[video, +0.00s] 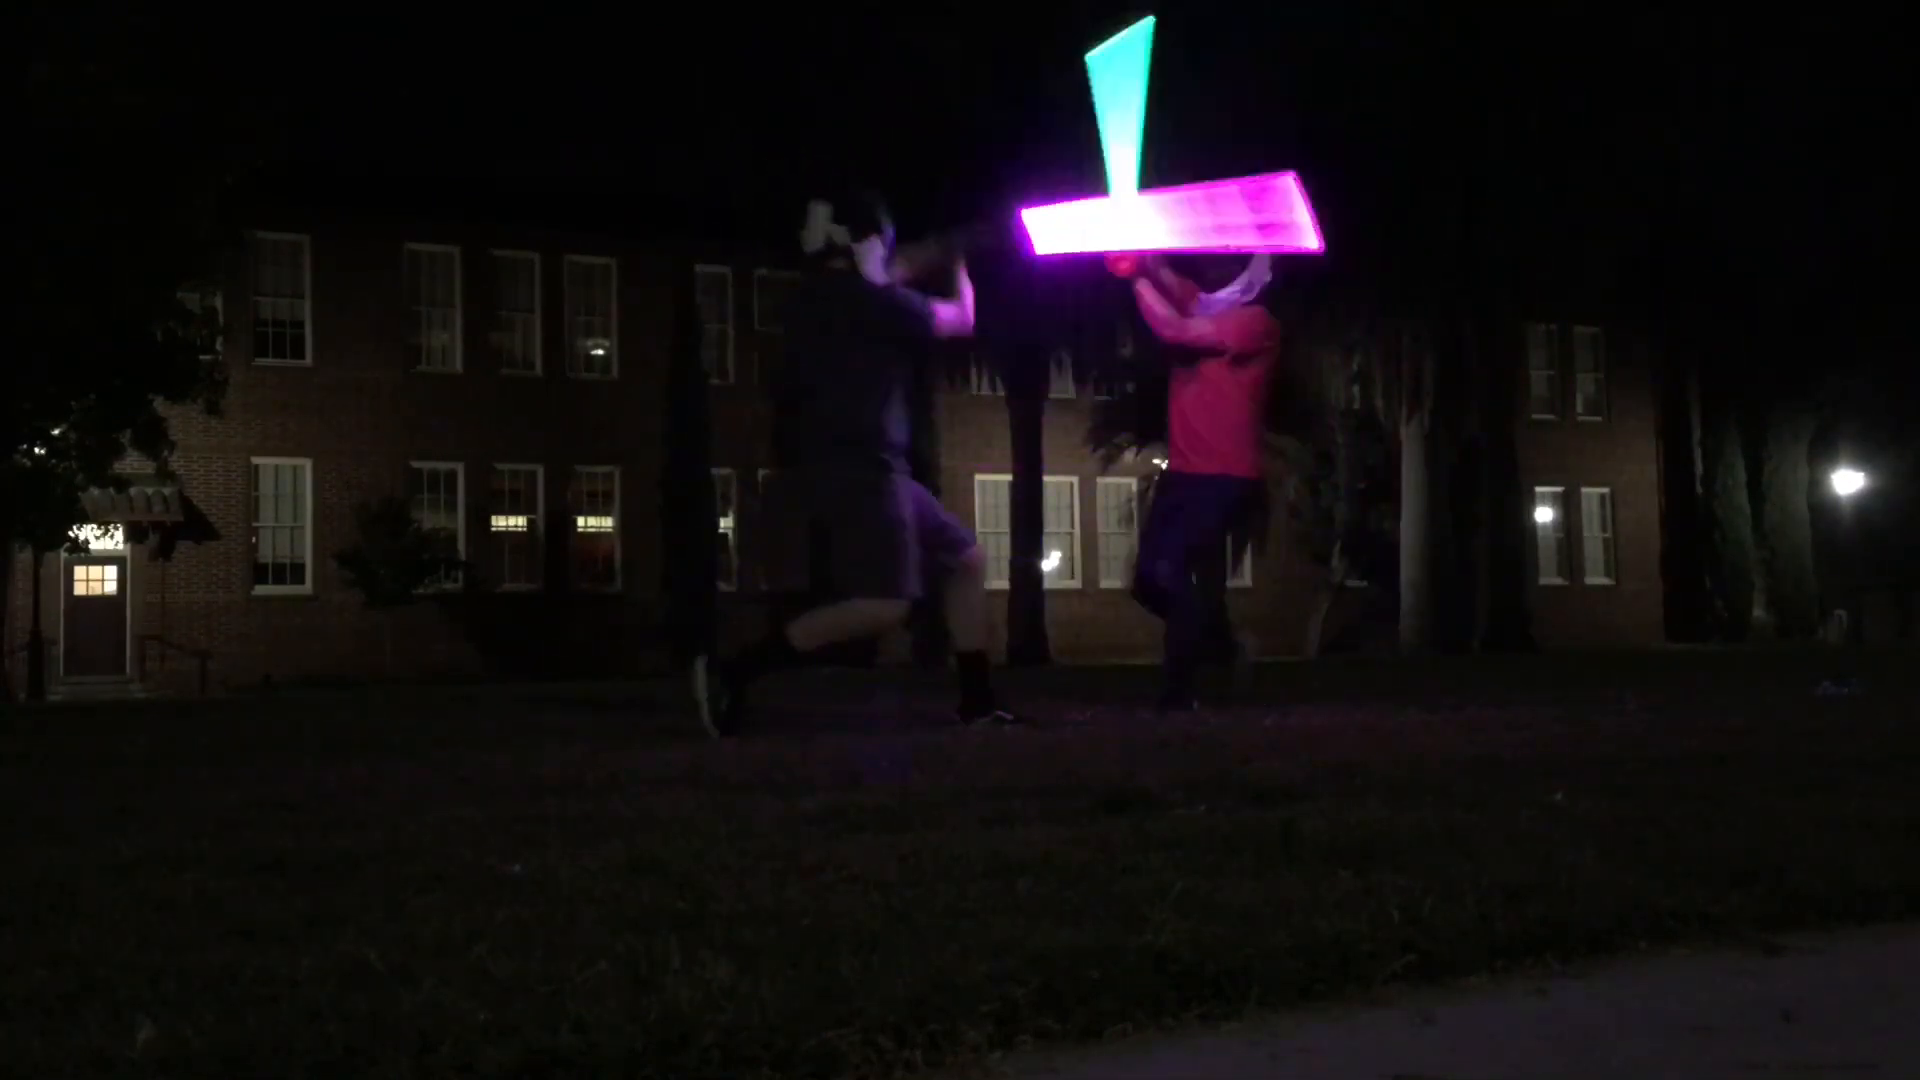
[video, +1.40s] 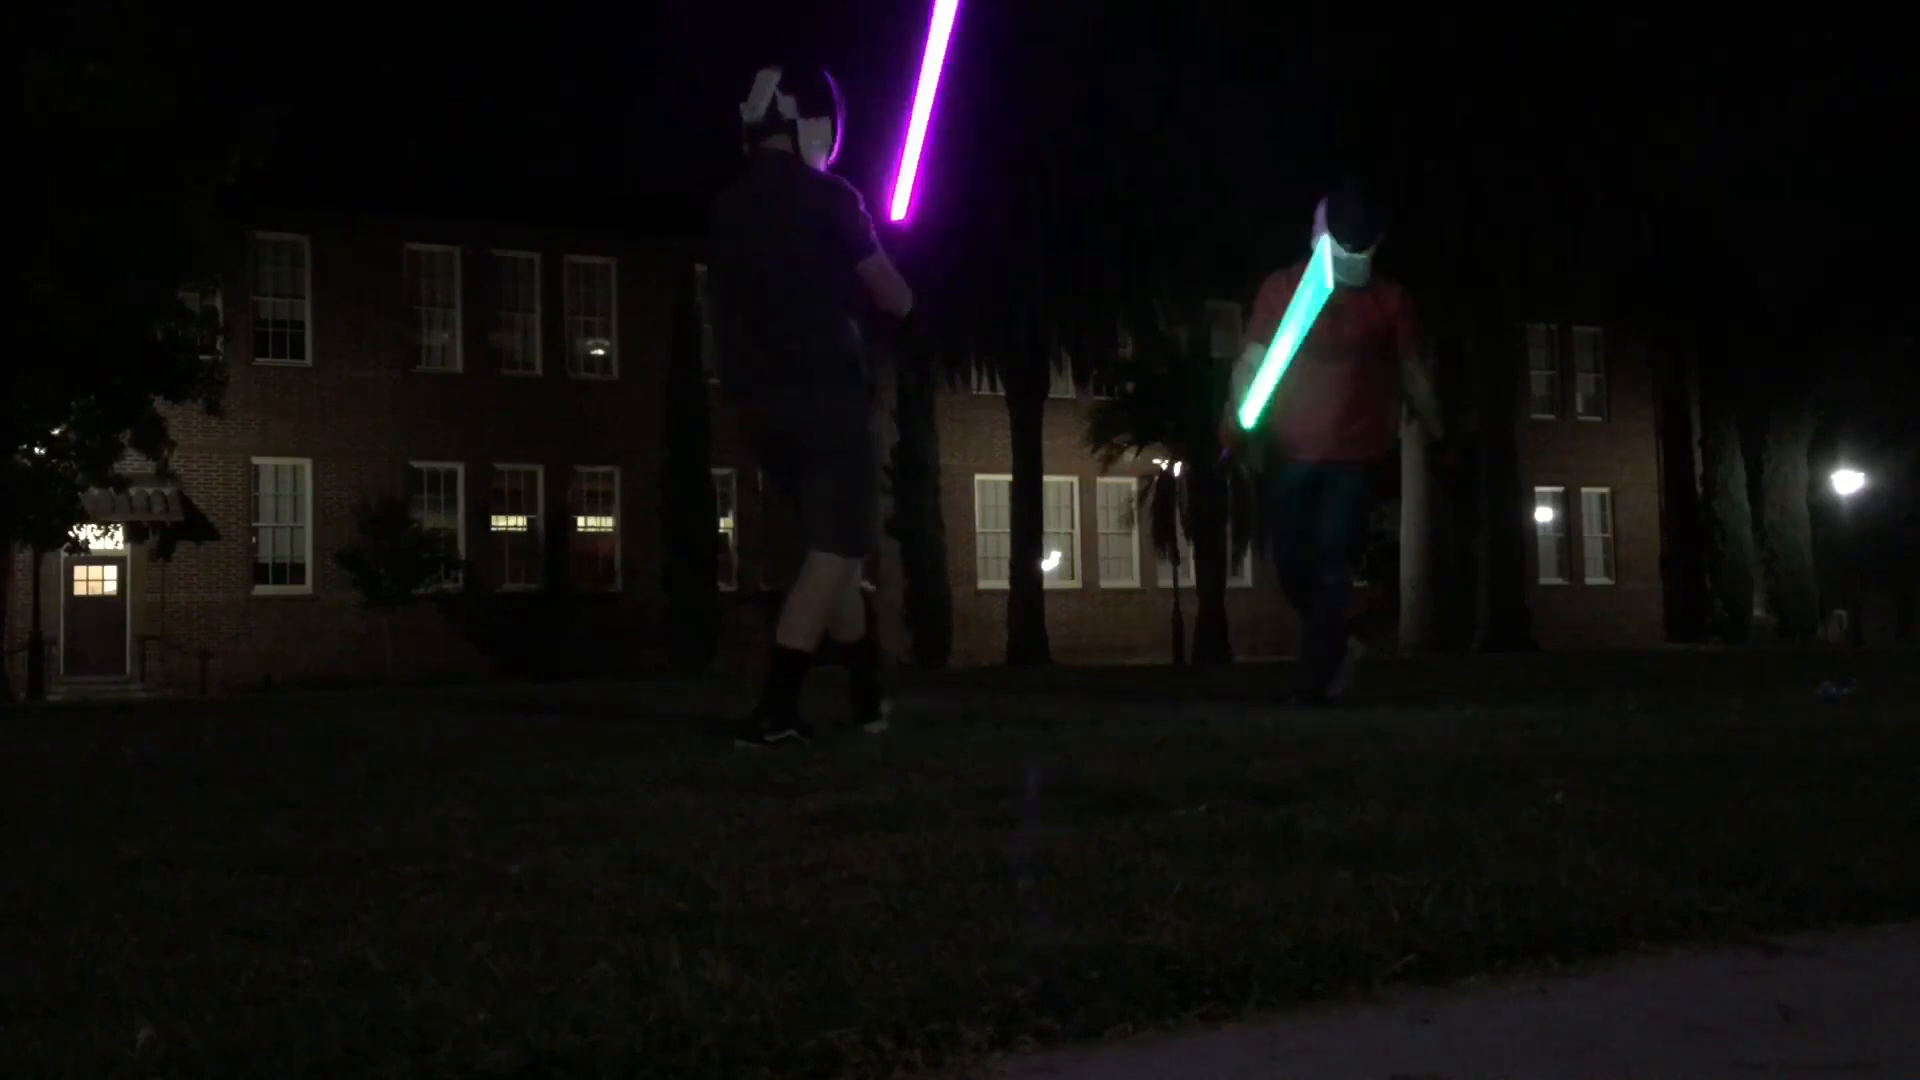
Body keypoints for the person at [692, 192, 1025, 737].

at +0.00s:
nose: (888, 254)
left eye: (886, 244)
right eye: (884, 244)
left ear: (835, 245)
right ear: (866, 245)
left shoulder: (820, 296)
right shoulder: (866, 299)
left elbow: (883, 281)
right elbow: (961, 317)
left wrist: (925, 258)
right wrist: (957, 261)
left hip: (860, 470)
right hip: (870, 473)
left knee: (963, 557)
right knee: (886, 599)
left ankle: (976, 698)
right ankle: (735, 672)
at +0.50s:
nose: (865, 240)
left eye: (858, 233)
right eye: (857, 233)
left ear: (818, 236)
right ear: (836, 232)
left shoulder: (861, 298)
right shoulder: (836, 282)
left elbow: (931, 285)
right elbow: (931, 226)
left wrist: (990, 243)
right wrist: (964, 217)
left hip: (915, 465)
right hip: (887, 467)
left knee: (992, 558)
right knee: (932, 606)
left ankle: (984, 702)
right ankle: (789, 693)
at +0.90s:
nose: (833, 191)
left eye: (820, 183)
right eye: (822, 184)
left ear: (785, 206)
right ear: (805, 195)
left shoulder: (831, 254)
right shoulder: (810, 237)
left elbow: (899, 250)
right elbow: (907, 178)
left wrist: (921, 181)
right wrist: (920, 145)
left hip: (880, 431)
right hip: (856, 433)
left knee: (946, 546)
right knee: (897, 583)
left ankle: (913, 697)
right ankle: (774, 702)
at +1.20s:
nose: (853, 155)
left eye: (852, 144)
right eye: (845, 145)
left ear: (780, 148)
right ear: (820, 147)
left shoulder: (770, 210)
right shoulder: (826, 205)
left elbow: (844, 224)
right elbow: (932, 233)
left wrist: (869, 176)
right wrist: (929, 195)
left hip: (808, 403)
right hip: (853, 402)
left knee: (879, 548)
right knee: (892, 550)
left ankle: (903, 703)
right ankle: (788, 700)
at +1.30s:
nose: (844, 151)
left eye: (843, 139)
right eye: (838, 139)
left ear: (770, 141)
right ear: (814, 140)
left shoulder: (748, 209)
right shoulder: (832, 208)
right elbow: (918, 273)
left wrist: (852, 214)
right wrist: (913, 242)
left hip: (785, 399)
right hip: (849, 400)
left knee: (853, 549)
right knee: (854, 551)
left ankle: (893, 698)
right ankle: (777, 707)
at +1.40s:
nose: (835, 140)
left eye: (833, 128)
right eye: (831, 128)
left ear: (757, 129)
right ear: (812, 128)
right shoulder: (828, 200)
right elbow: (894, 297)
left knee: (839, 540)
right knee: (832, 543)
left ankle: (865, 694)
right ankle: (776, 709)